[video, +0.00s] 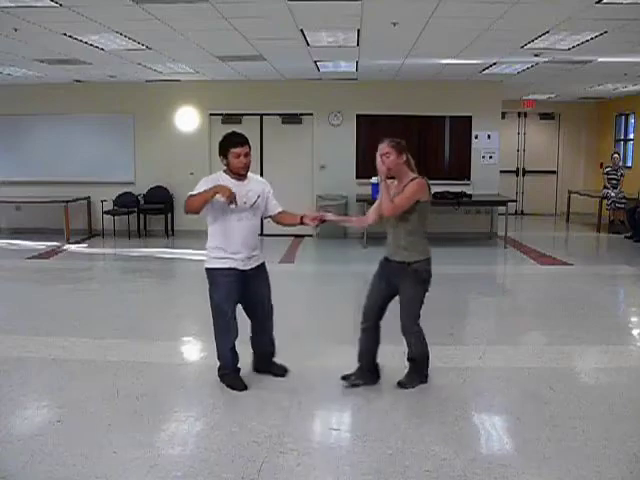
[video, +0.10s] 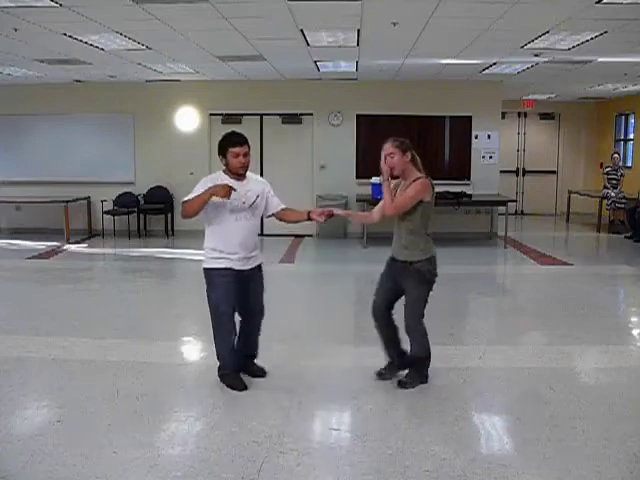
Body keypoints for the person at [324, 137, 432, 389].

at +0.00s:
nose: (382, 161)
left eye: (387, 156)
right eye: (380, 157)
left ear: (402, 157)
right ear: (380, 162)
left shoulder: (418, 184)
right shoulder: (388, 188)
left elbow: (389, 211)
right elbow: (366, 220)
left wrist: (384, 180)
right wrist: (333, 218)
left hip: (416, 267)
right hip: (390, 264)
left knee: (409, 323)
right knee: (370, 315)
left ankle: (419, 371)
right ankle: (367, 370)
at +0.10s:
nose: (387, 162)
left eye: (391, 156)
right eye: (385, 158)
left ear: (408, 156)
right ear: (385, 163)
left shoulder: (422, 184)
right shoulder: (396, 187)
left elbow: (391, 210)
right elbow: (372, 217)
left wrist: (386, 180)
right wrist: (341, 214)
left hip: (421, 265)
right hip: (397, 262)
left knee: (413, 321)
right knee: (380, 310)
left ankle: (419, 370)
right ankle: (397, 359)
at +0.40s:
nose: (388, 156)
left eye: (392, 151)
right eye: (386, 152)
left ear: (408, 153)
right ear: (391, 156)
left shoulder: (424, 183)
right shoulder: (396, 182)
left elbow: (402, 218)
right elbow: (372, 215)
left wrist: (390, 191)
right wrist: (337, 220)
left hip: (423, 260)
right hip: (403, 258)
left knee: (409, 316)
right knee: (413, 311)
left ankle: (418, 370)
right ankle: (432, 353)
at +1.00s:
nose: (352, 152)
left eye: (357, 149)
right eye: (354, 148)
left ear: (372, 156)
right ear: (365, 156)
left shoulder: (386, 189)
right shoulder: (358, 187)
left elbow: (409, 223)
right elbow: (339, 221)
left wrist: (375, 239)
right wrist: (303, 220)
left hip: (376, 268)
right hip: (353, 266)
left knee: (372, 323)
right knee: (347, 320)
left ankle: (408, 359)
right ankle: (368, 368)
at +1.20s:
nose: (337, 149)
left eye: (342, 145)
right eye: (339, 144)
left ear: (356, 151)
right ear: (354, 152)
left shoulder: (361, 183)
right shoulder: (353, 182)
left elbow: (357, 224)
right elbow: (343, 221)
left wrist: (330, 214)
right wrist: (316, 218)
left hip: (353, 261)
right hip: (348, 258)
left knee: (334, 317)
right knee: (344, 314)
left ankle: (351, 375)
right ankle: (367, 364)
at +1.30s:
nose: (329, 147)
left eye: (335, 143)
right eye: (331, 142)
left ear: (349, 151)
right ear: (348, 152)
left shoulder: (351, 184)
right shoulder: (349, 181)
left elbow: (339, 224)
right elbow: (342, 221)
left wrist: (314, 208)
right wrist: (317, 211)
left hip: (342, 261)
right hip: (345, 259)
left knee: (322, 318)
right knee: (340, 315)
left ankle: (333, 376)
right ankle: (366, 362)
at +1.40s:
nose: (324, 148)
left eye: (329, 144)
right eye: (325, 143)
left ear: (343, 151)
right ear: (342, 153)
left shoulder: (344, 184)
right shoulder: (341, 182)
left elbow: (331, 223)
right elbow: (331, 220)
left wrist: (311, 206)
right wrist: (311, 203)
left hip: (335, 259)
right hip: (333, 257)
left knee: (319, 319)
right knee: (325, 315)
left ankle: (334, 376)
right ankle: (359, 357)